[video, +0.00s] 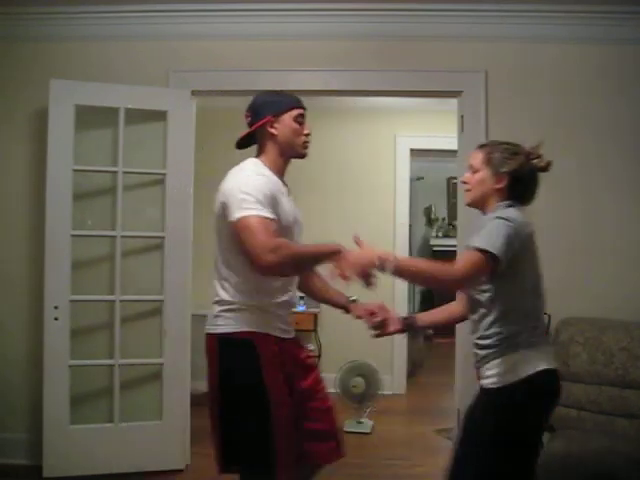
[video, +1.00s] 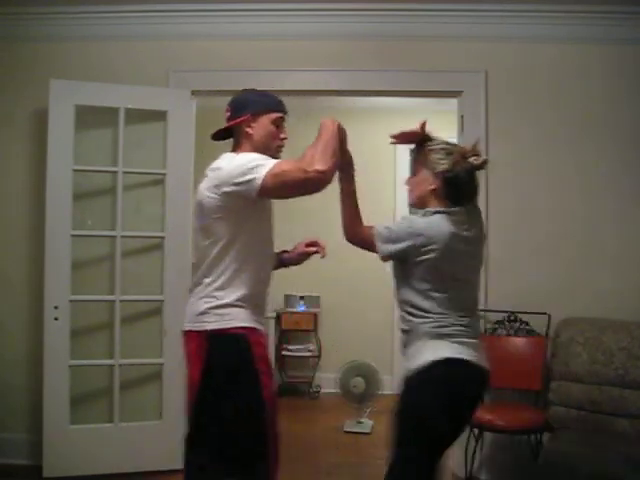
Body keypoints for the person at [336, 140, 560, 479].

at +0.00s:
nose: (464, 178)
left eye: (473, 171)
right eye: (467, 170)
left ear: (500, 180)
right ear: (498, 181)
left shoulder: (504, 223)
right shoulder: (496, 226)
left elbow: (457, 275)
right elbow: (463, 307)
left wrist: (381, 259)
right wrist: (402, 322)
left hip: (518, 382)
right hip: (509, 379)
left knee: (469, 473)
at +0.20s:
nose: (485, 180)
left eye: (495, 173)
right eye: (488, 172)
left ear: (521, 185)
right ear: (519, 186)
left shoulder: (527, 232)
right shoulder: (513, 229)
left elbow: (496, 311)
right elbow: (489, 292)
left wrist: (426, 296)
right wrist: (432, 288)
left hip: (549, 382)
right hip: (534, 379)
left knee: (510, 471)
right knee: (545, 473)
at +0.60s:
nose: (469, 173)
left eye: (480, 167)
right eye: (473, 166)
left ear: (506, 179)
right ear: (500, 180)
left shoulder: (521, 228)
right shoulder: (476, 234)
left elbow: (490, 280)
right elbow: (459, 303)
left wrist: (421, 236)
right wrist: (398, 291)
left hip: (530, 380)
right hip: (499, 383)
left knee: (522, 473)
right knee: (511, 470)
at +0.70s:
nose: (456, 173)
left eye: (465, 166)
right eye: (460, 166)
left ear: (492, 178)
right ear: (488, 179)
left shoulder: (501, 226)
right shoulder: (477, 226)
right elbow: (435, 289)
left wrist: (391, 218)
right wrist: (388, 270)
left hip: (513, 381)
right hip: (489, 379)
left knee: (495, 474)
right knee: (476, 470)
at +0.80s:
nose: (437, 175)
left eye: (446, 167)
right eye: (440, 166)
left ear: (471, 177)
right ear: (470, 179)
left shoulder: (472, 223)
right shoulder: (473, 220)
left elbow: (392, 262)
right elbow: (424, 254)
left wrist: (363, 200)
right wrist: (399, 216)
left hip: (495, 375)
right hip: (491, 372)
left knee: (436, 471)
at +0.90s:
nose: (420, 177)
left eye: (427, 169)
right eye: (421, 170)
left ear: (450, 179)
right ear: (454, 180)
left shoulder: (448, 224)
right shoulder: (478, 219)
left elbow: (367, 246)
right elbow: (434, 205)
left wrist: (349, 181)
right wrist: (412, 166)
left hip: (468, 373)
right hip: (489, 368)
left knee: (414, 472)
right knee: (465, 473)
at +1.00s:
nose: (408, 180)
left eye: (416, 173)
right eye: (413, 172)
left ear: (437, 184)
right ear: (449, 186)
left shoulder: (422, 229)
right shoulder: (471, 224)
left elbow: (354, 232)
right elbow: (454, 178)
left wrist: (345, 169)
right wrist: (425, 144)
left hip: (435, 369)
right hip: (470, 368)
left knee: (407, 471)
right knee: (418, 470)